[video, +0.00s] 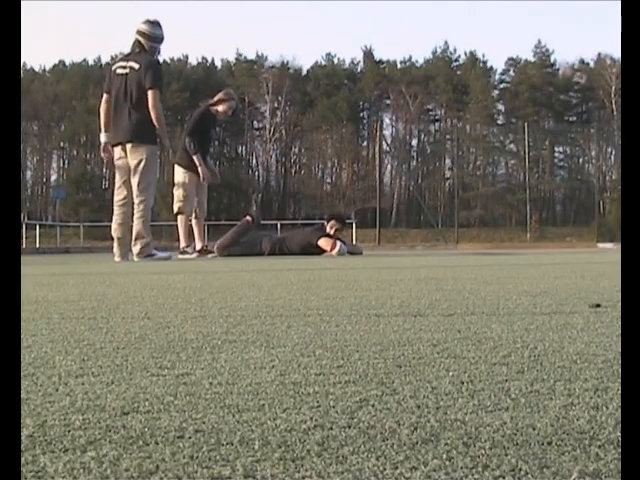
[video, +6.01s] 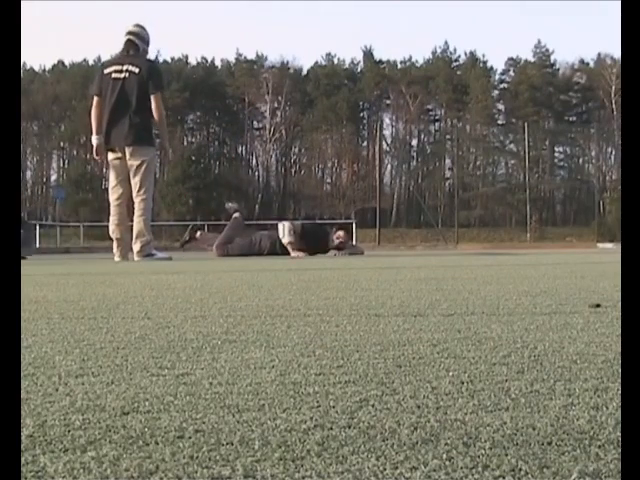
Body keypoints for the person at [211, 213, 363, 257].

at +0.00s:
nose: (335, 233)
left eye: (338, 231)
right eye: (334, 229)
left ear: (339, 230)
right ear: (327, 225)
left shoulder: (328, 235)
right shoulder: (318, 235)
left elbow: (357, 250)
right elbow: (336, 248)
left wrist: (341, 247)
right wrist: (345, 247)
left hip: (269, 241)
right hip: (265, 245)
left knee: (224, 246)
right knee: (221, 250)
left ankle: (204, 248)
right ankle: (246, 222)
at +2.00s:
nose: (339, 243)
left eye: (341, 241)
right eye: (340, 240)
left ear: (334, 234)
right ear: (335, 236)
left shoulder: (323, 238)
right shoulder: (320, 236)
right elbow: (334, 249)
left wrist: (345, 246)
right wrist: (350, 248)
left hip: (272, 241)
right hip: (271, 242)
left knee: (234, 247)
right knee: (233, 248)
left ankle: (198, 251)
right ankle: (197, 252)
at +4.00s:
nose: (338, 242)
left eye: (341, 240)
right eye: (340, 239)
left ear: (338, 238)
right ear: (336, 236)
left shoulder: (326, 241)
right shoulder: (323, 238)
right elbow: (331, 247)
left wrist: (346, 247)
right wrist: (340, 248)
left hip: (275, 245)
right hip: (274, 245)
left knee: (235, 246)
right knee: (235, 247)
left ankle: (200, 251)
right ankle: (201, 251)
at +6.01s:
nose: (340, 239)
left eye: (343, 239)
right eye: (339, 236)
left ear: (342, 242)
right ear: (334, 233)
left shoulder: (325, 243)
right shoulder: (318, 235)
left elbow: (357, 250)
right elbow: (283, 226)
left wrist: (350, 249)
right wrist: (291, 247)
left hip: (271, 244)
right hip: (266, 241)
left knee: (233, 244)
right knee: (220, 250)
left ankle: (199, 235)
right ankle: (236, 217)